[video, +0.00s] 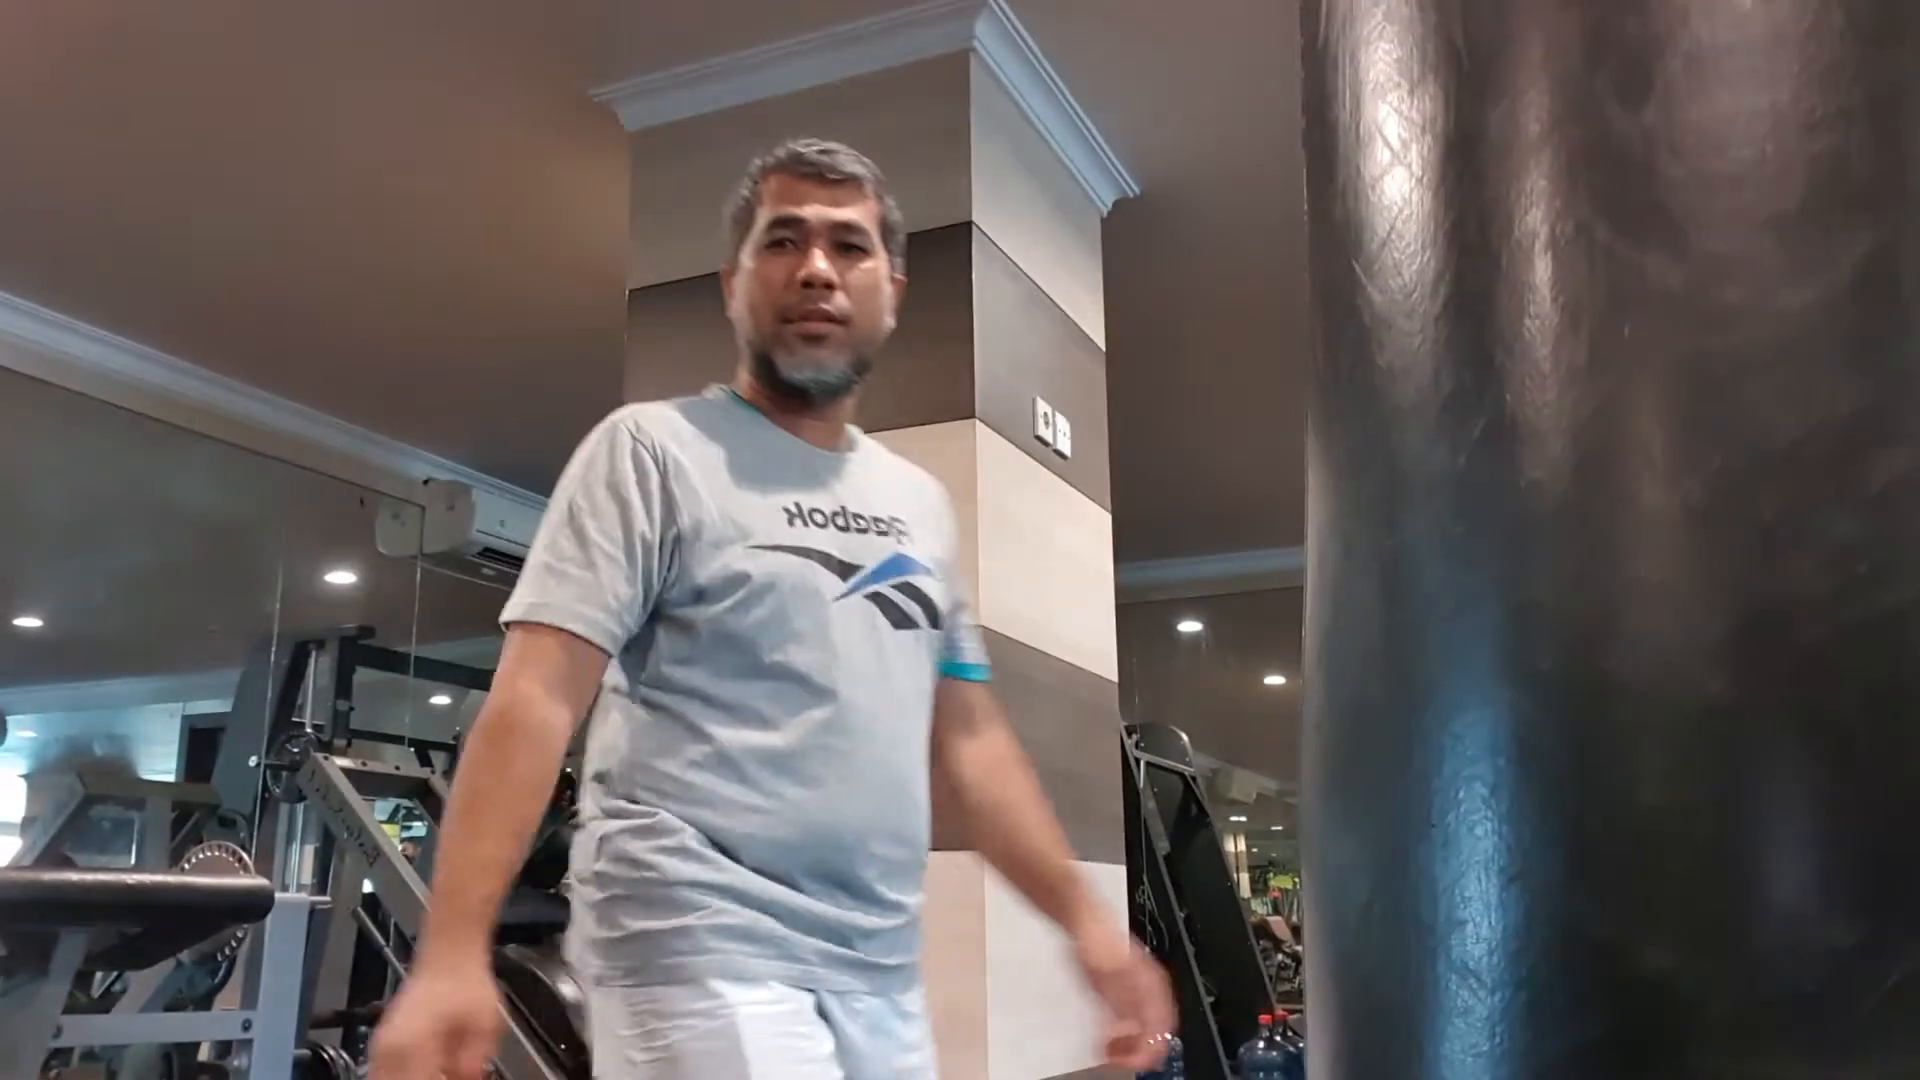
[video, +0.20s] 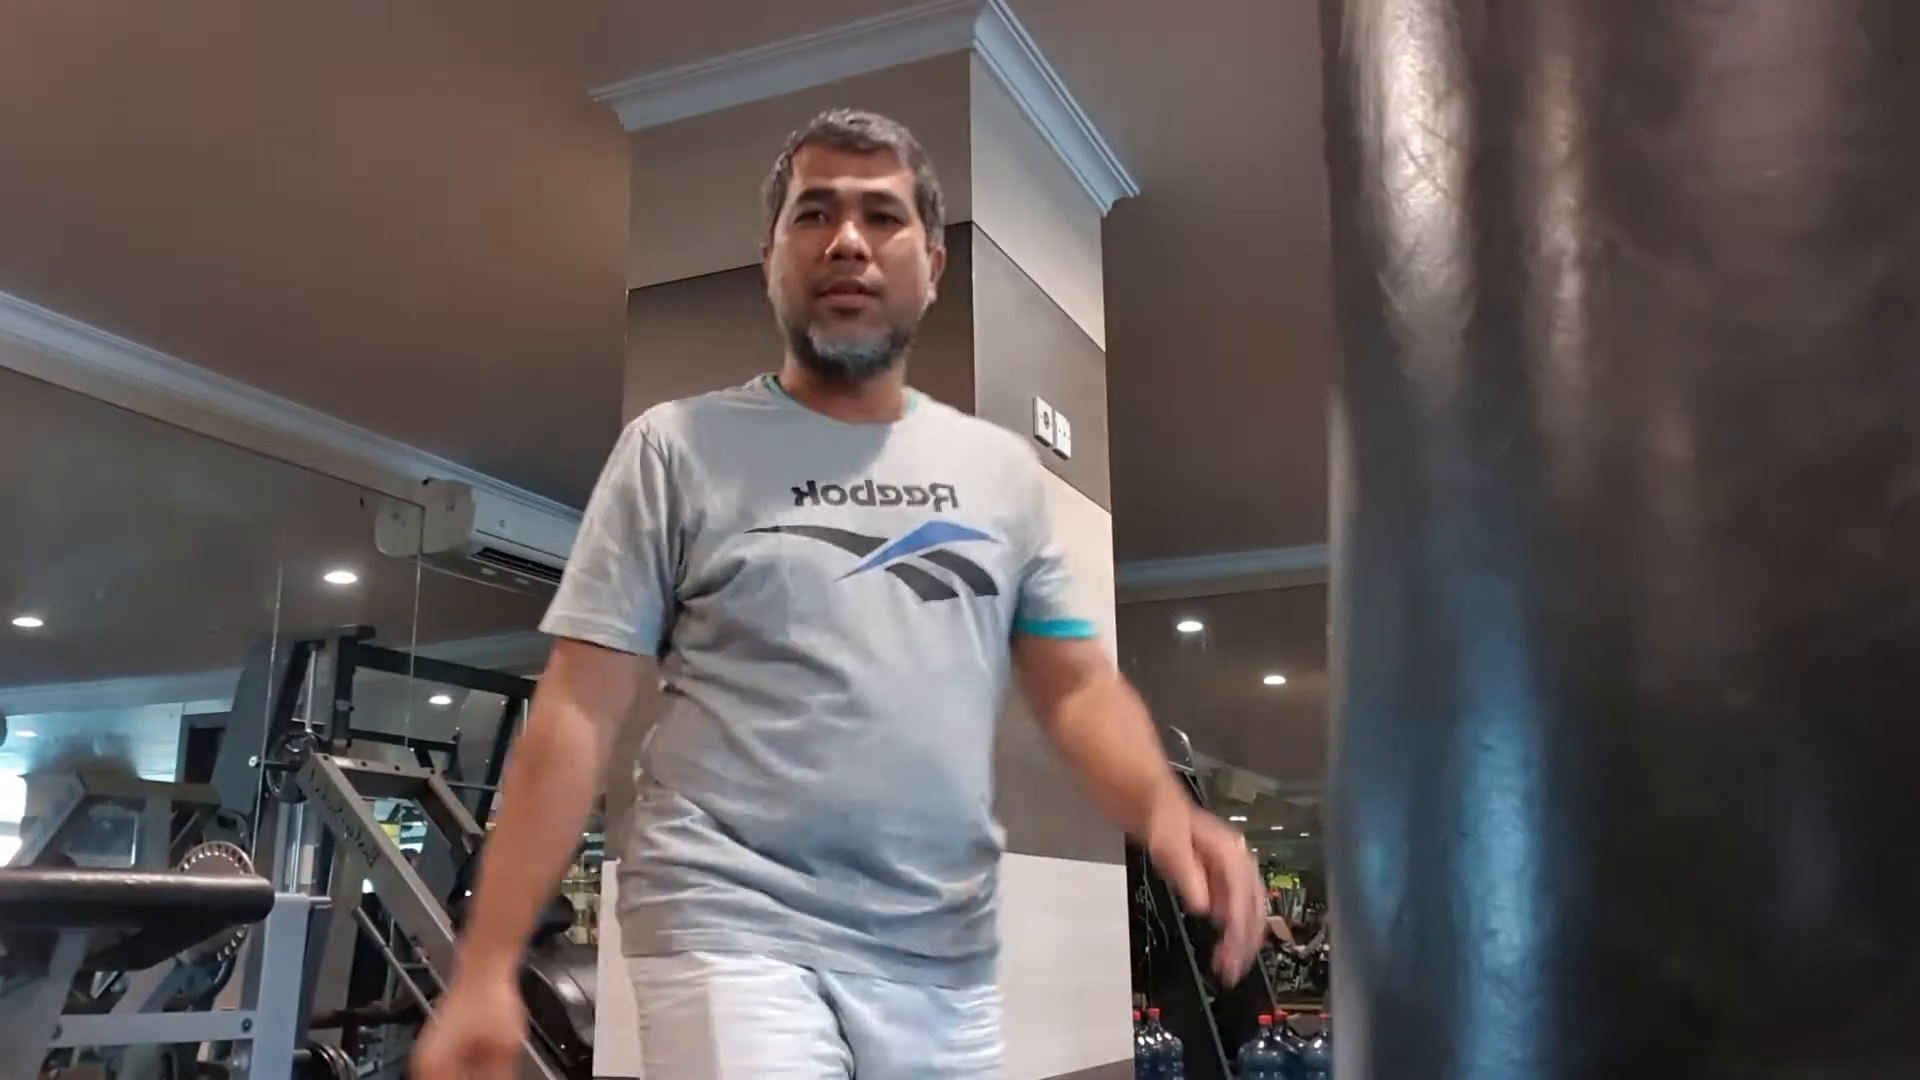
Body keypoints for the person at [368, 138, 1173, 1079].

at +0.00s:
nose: (816, 270)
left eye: (849, 247)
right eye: (784, 242)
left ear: (894, 296)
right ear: (729, 287)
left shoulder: (918, 503)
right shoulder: (647, 452)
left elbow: (966, 737)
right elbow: (534, 699)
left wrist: (1085, 917)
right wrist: (451, 954)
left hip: (876, 971)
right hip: (693, 953)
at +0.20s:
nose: (846, 239)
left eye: (882, 216)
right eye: (814, 213)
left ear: (933, 266)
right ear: (770, 260)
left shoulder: (1006, 474)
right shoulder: (675, 452)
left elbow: (1078, 683)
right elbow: (577, 710)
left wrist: (1164, 808)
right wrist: (486, 968)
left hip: (939, 960)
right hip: (722, 937)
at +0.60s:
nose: (829, 197)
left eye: (871, 166)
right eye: (793, 167)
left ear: (934, 220)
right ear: (753, 220)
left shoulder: (1048, 396)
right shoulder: (678, 462)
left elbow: (1208, 639)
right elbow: (646, 742)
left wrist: (1123, 573)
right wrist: (615, 1017)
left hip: (1028, 1009)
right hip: (751, 1014)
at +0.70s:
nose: (826, 189)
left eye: (868, 155)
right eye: (790, 157)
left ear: (935, 204)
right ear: (748, 208)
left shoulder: (1048, 383)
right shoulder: (681, 458)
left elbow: (1217, 627)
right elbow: (646, 741)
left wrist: (1119, 529)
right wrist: (593, 1023)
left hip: (1040, 1002)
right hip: (751, 1010)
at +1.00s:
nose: (852, 142)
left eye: (898, 105)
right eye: (815, 107)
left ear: (968, 156)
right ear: (772, 156)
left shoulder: (1090, 352)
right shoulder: (708, 425)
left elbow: (1263, 630)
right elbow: (669, 710)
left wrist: (1158, 544)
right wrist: (627, 970)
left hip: (1054, 993)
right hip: (760, 1004)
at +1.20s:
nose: (880, 119)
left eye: (928, 81)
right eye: (842, 81)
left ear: (999, 131)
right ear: (798, 129)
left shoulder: (1119, 345)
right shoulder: (728, 399)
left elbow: (1258, 606)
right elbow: (690, 693)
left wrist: (1194, 780)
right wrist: (645, 978)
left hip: (1058, 1001)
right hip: (775, 1006)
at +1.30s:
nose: (886, 114)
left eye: (934, 73)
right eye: (848, 74)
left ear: (1008, 124)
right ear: (803, 120)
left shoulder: (1130, 338)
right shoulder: (736, 387)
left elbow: (1266, 625)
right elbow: (696, 680)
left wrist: (1213, 879)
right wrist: (645, 958)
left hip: (1057, 1003)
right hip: (778, 1004)